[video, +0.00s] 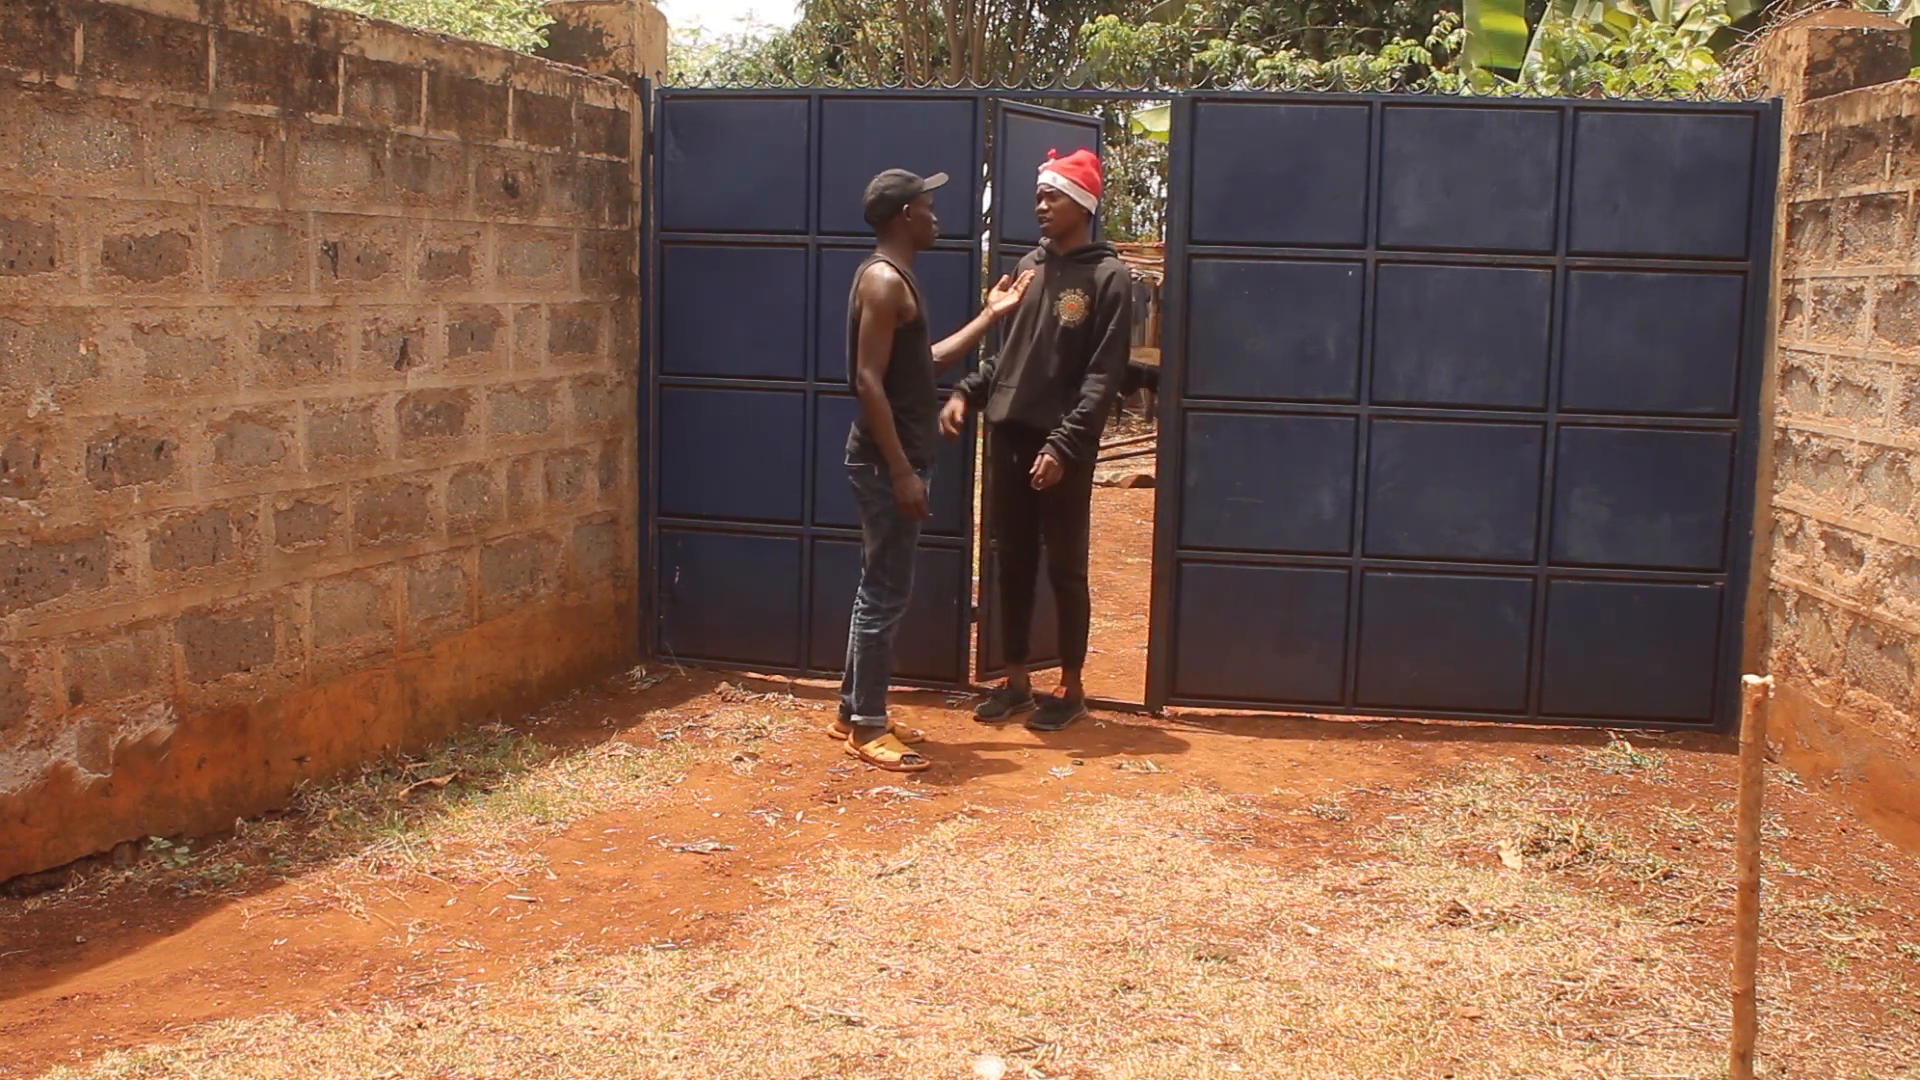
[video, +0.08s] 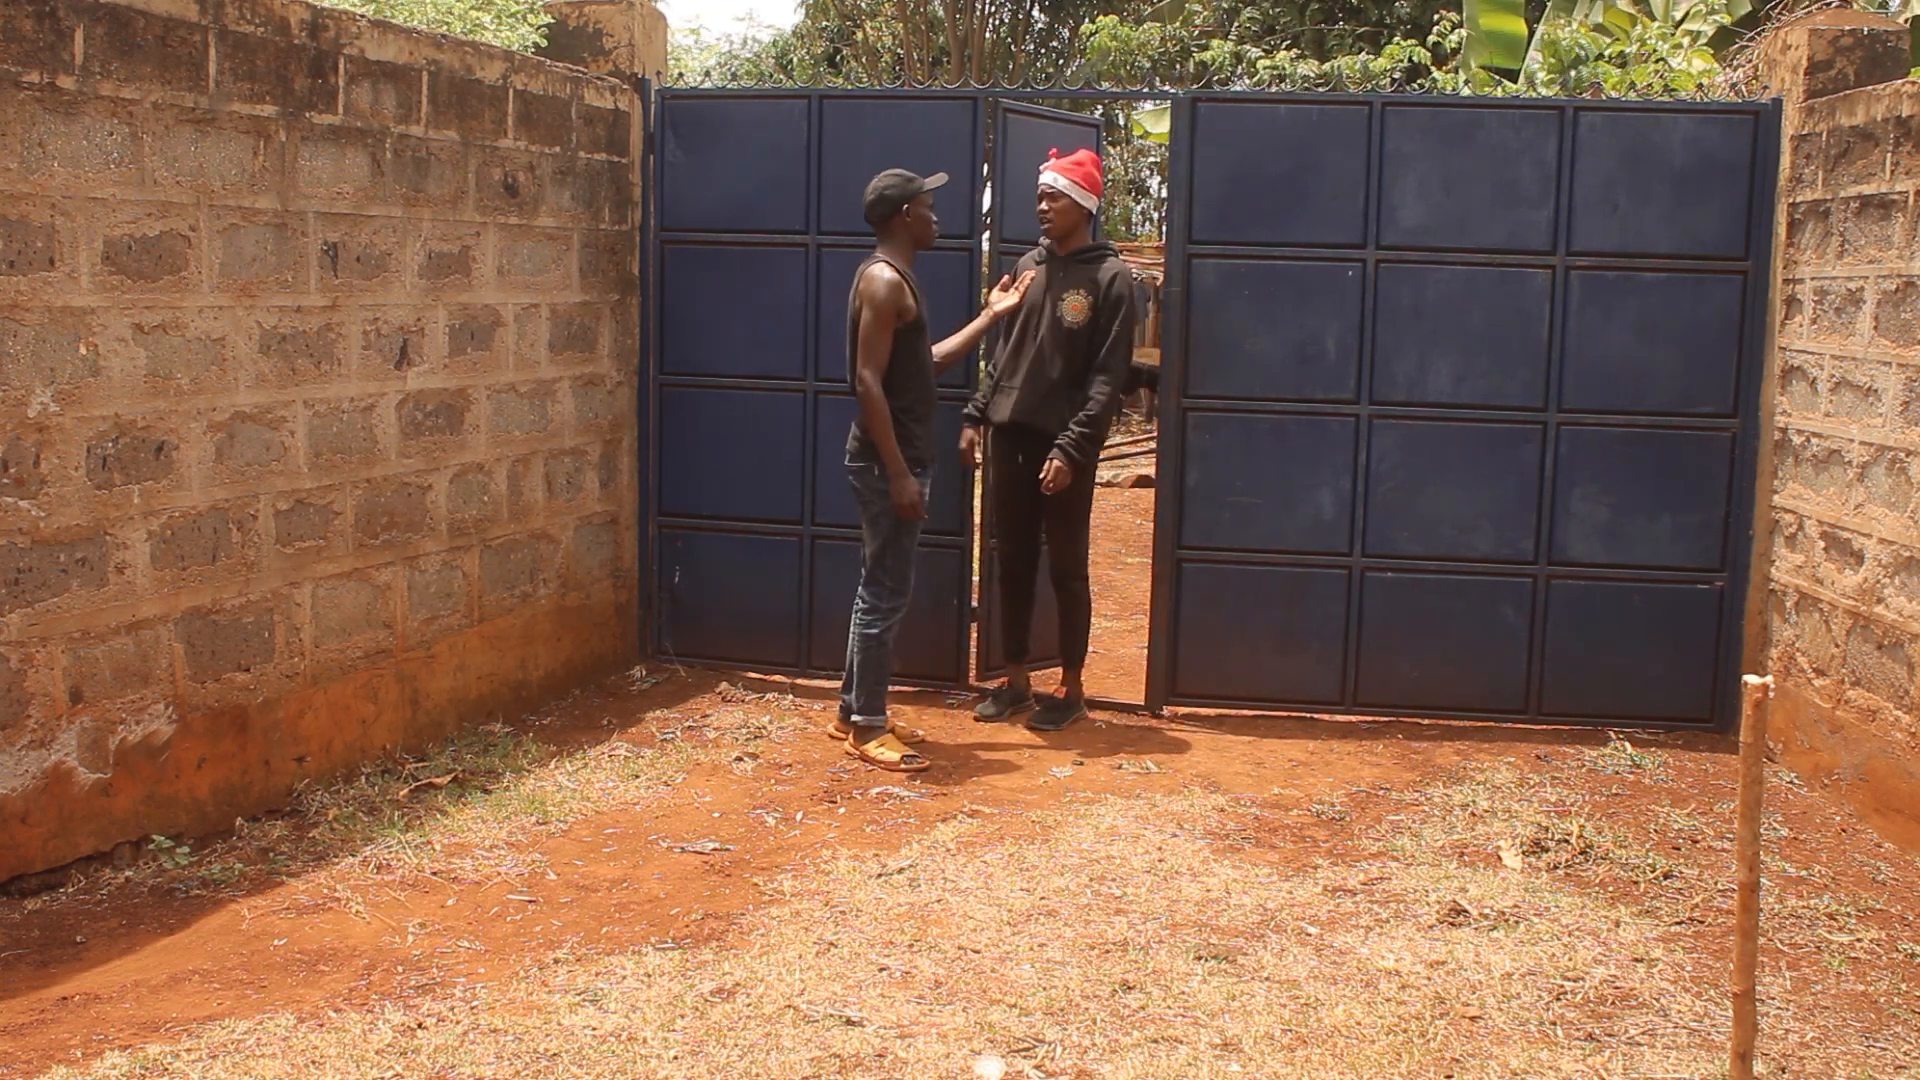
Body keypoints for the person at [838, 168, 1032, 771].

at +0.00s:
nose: (936, 214)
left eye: (932, 204)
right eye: (927, 205)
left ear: (898, 217)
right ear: (903, 215)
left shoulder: (895, 278)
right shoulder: (884, 282)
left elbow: (924, 361)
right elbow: (867, 381)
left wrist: (988, 313)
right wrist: (901, 469)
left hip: (898, 454)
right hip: (886, 459)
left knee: (882, 588)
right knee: (885, 592)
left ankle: (855, 707)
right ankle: (867, 726)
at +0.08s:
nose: (935, 213)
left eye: (932, 203)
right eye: (927, 204)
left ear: (898, 217)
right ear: (902, 215)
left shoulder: (895, 278)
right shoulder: (884, 282)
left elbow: (925, 360)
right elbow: (867, 382)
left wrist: (988, 314)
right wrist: (898, 471)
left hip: (897, 454)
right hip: (886, 459)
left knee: (882, 588)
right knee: (885, 591)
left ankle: (855, 707)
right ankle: (868, 726)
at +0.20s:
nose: (936, 213)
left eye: (932, 203)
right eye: (927, 204)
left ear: (898, 217)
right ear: (902, 216)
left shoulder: (897, 279)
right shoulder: (883, 282)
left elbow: (924, 361)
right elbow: (864, 382)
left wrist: (989, 315)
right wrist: (892, 472)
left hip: (898, 455)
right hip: (886, 459)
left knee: (882, 587)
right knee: (885, 591)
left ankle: (855, 706)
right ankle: (868, 726)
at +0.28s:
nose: (936, 213)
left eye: (932, 204)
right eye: (927, 204)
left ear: (899, 217)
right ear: (902, 216)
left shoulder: (899, 279)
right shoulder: (883, 282)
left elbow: (924, 361)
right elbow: (863, 381)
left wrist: (988, 315)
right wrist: (890, 472)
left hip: (898, 456)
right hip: (885, 460)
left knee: (881, 587)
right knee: (884, 592)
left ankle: (855, 707)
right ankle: (868, 727)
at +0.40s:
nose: (938, 213)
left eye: (934, 203)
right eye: (929, 203)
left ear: (901, 217)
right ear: (902, 215)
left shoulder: (901, 279)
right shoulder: (882, 282)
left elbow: (929, 356)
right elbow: (861, 382)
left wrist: (994, 311)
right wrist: (887, 473)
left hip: (902, 458)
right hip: (886, 462)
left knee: (882, 590)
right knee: (882, 594)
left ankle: (855, 707)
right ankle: (867, 728)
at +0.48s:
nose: (941, 213)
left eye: (936, 203)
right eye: (931, 203)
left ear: (902, 218)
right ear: (904, 216)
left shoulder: (902, 278)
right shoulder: (881, 283)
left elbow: (939, 348)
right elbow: (861, 383)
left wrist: (1003, 309)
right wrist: (886, 474)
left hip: (908, 461)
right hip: (889, 464)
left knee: (886, 592)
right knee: (884, 595)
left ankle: (856, 707)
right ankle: (866, 726)